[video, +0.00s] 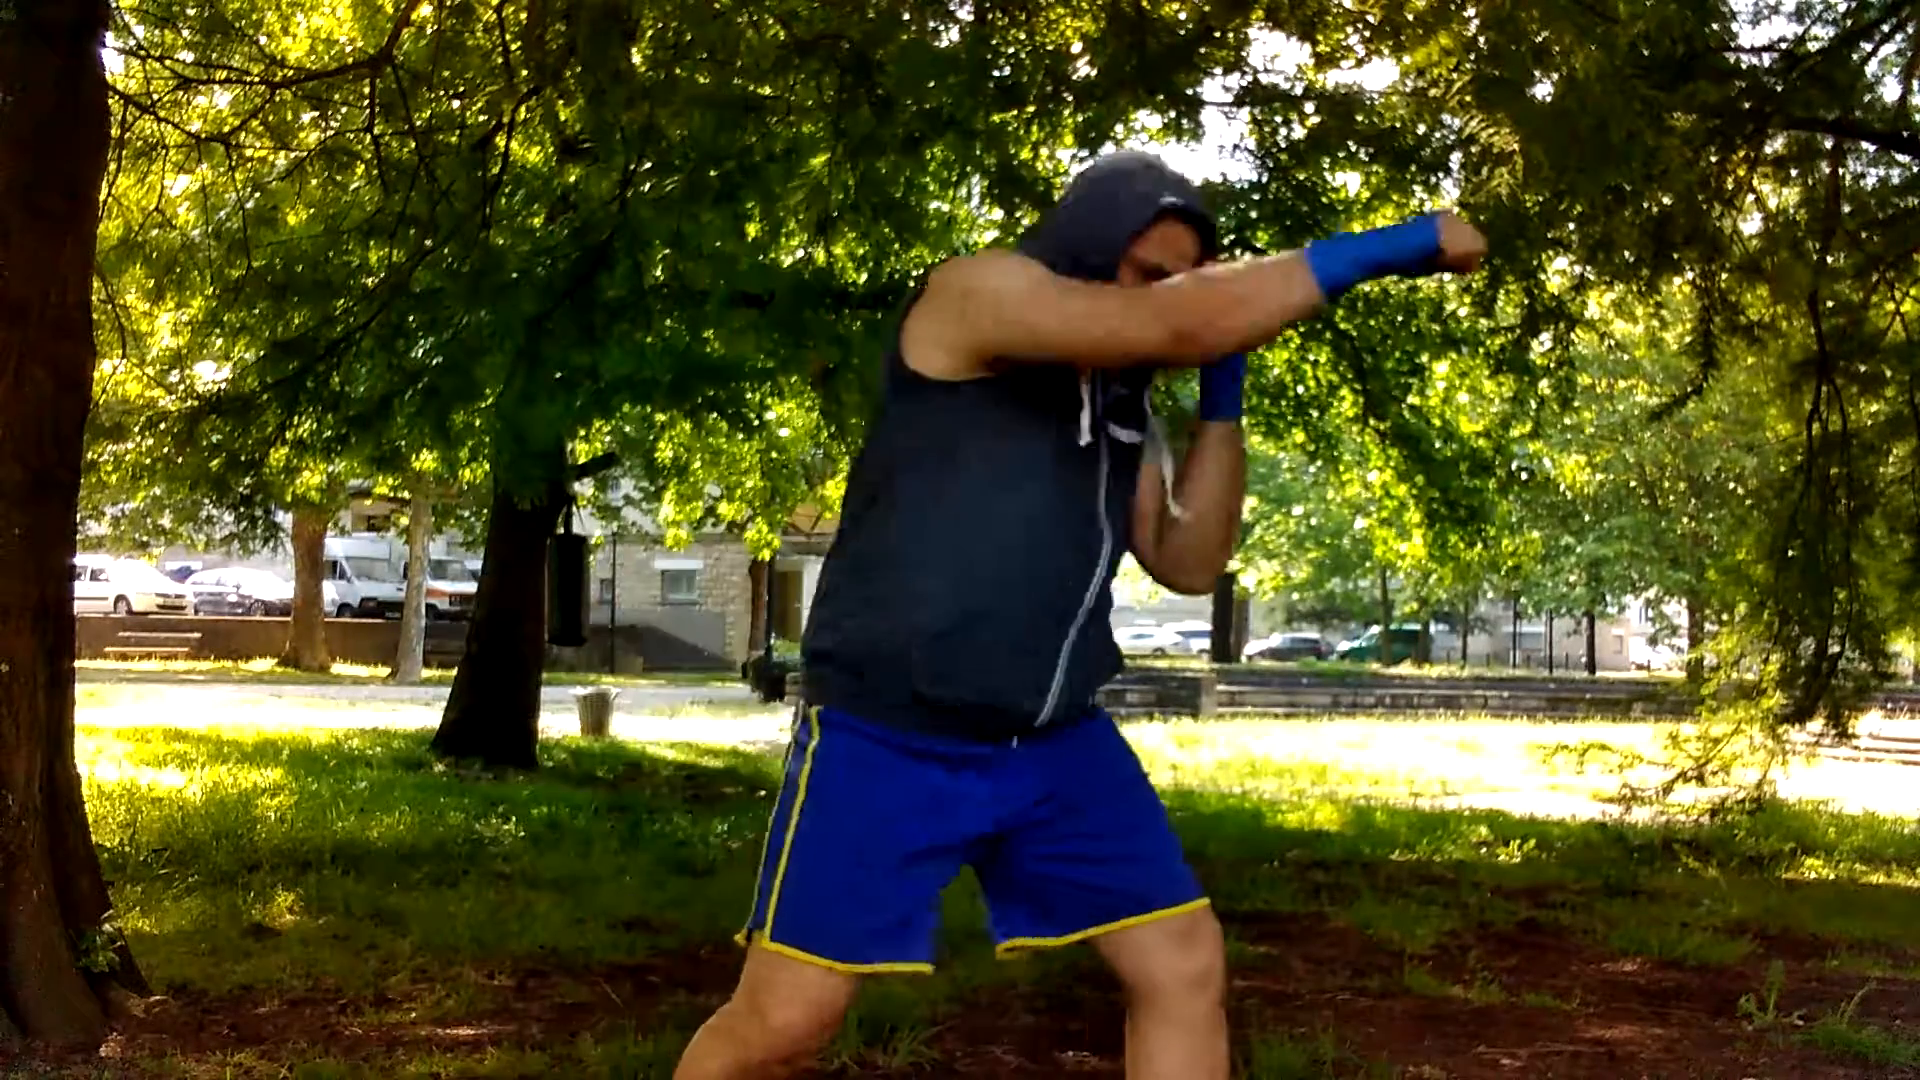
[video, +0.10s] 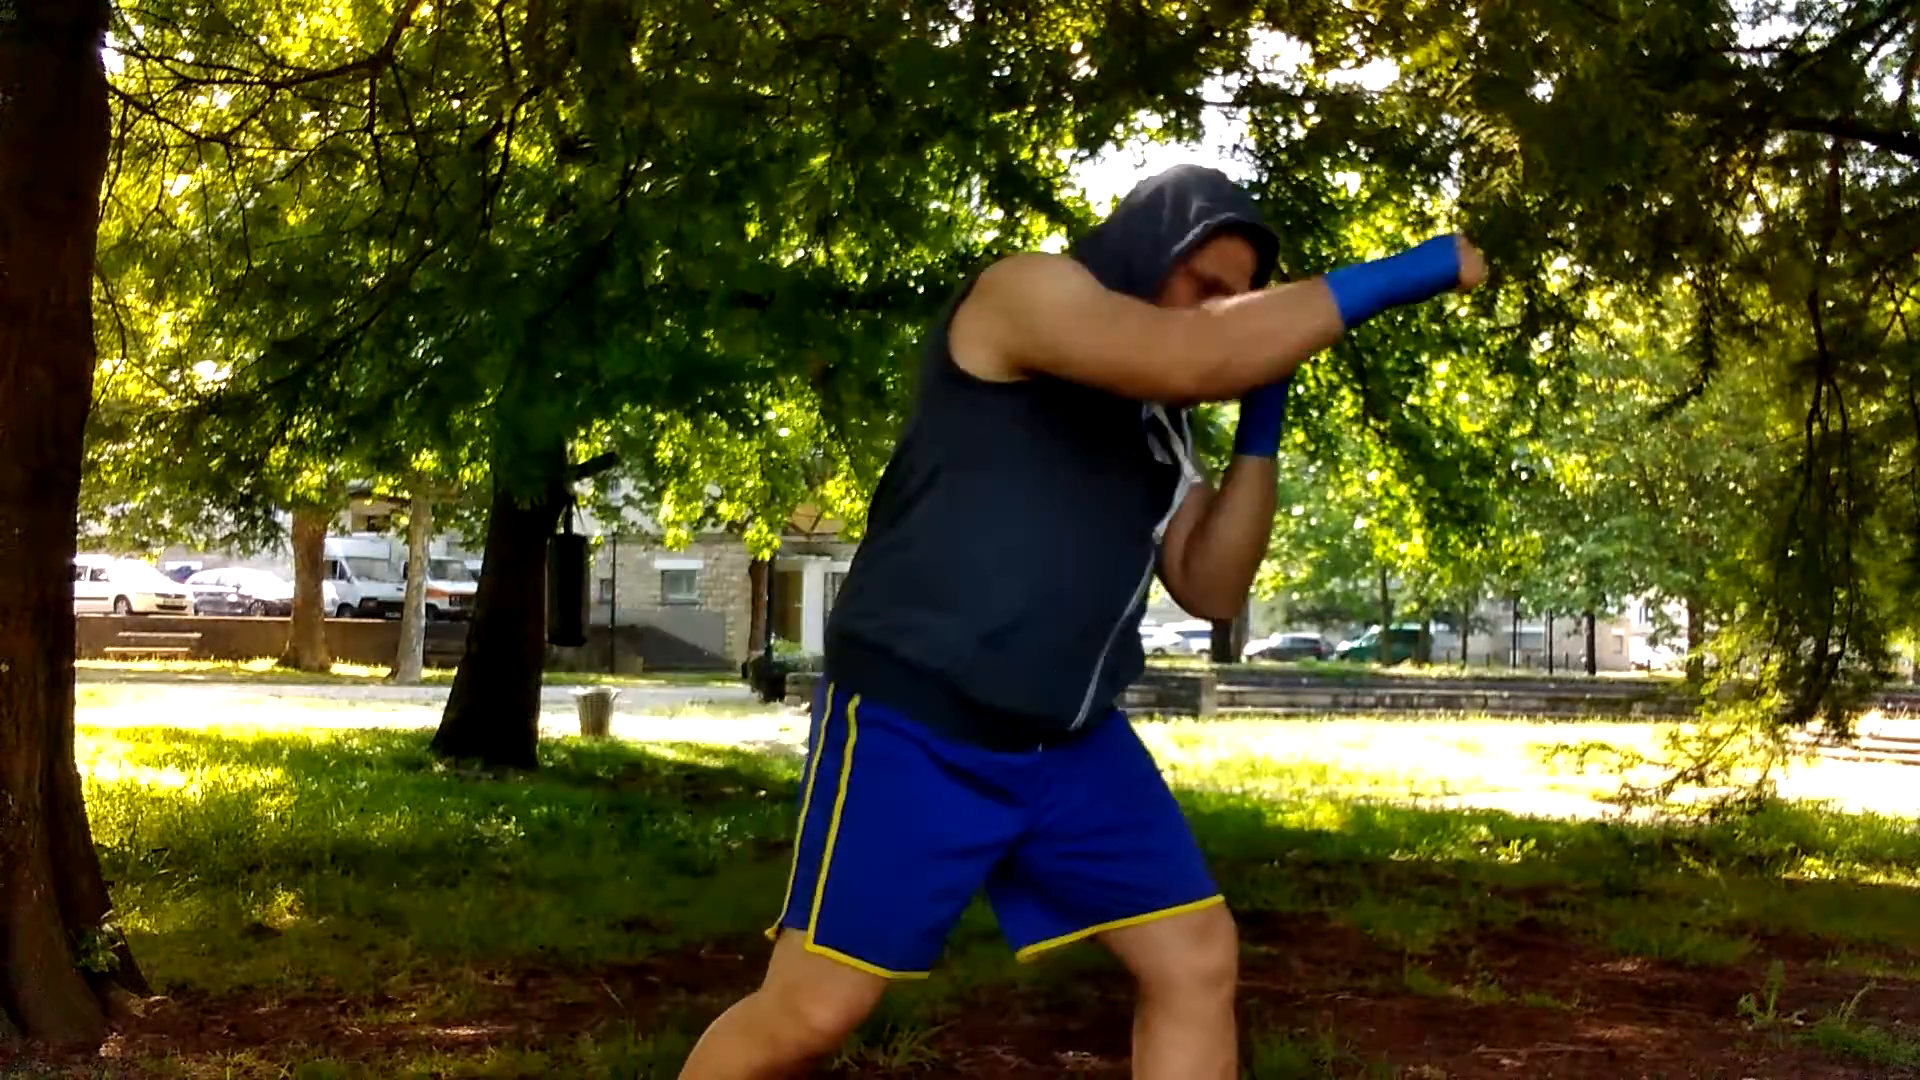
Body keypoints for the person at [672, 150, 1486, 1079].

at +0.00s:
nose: (1175, 299)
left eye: (1188, 278)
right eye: (1156, 273)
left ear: (1179, 277)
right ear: (1089, 246)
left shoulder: (1111, 406)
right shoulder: (968, 295)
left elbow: (1191, 561)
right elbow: (1184, 321)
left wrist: (1226, 379)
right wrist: (1396, 245)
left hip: (1055, 738)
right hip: (883, 731)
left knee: (1182, 966)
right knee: (785, 1016)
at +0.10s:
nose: (1225, 316)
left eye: (1243, 297)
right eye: (1205, 287)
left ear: (1252, 296)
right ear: (1142, 258)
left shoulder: (1157, 430)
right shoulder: (1023, 292)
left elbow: (1212, 590)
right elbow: (1201, 355)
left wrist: (1266, 402)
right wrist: (1406, 273)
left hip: (1070, 734)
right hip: (908, 716)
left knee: (1194, 962)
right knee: (808, 1010)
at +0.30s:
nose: (1212, 273)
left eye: (1230, 254)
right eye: (1196, 239)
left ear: (1239, 265)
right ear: (1133, 219)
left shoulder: (1185, 383)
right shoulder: (985, 296)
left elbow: (1242, 572)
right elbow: (927, 483)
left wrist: (1298, 426)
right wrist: (1120, 434)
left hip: (1081, 721)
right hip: (916, 704)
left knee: (1197, 960)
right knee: (792, 979)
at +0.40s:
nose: (1144, 237)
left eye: (1163, 215)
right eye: (1123, 204)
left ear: (1177, 224)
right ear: (1059, 190)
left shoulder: (1149, 363)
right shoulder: (925, 297)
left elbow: (1198, 562)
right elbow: (885, 467)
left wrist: (1243, 471)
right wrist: (1092, 403)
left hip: (1069, 721)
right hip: (894, 711)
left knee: (1186, 969)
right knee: (762, 994)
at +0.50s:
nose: (1065, 214)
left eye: (1082, 192)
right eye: (1042, 183)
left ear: (1095, 203)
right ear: (978, 178)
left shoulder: (1088, 340)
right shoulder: (851, 289)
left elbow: (1108, 542)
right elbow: (842, 460)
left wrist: (1155, 516)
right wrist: (1060, 405)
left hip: (1026, 718)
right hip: (846, 715)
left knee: (1135, 974)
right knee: (737, 1003)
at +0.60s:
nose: (980, 195)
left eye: (1001, 172)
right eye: (955, 162)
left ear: (1016, 182)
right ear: (892, 154)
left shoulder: (1016, 313)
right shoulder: (775, 266)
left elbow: (1027, 510)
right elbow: (764, 450)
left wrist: (1090, 450)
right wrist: (982, 386)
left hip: (950, 694)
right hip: (769, 692)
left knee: (1071, 924)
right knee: (672, 978)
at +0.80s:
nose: (908, 224)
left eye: (931, 201)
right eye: (883, 190)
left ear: (949, 212)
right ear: (826, 183)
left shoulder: (949, 330)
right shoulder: (704, 293)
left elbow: (1042, 518)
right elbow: (708, 486)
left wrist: (1076, 423)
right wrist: (871, 371)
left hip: (870, 719)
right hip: (690, 703)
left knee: (970, 962)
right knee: (571, 974)